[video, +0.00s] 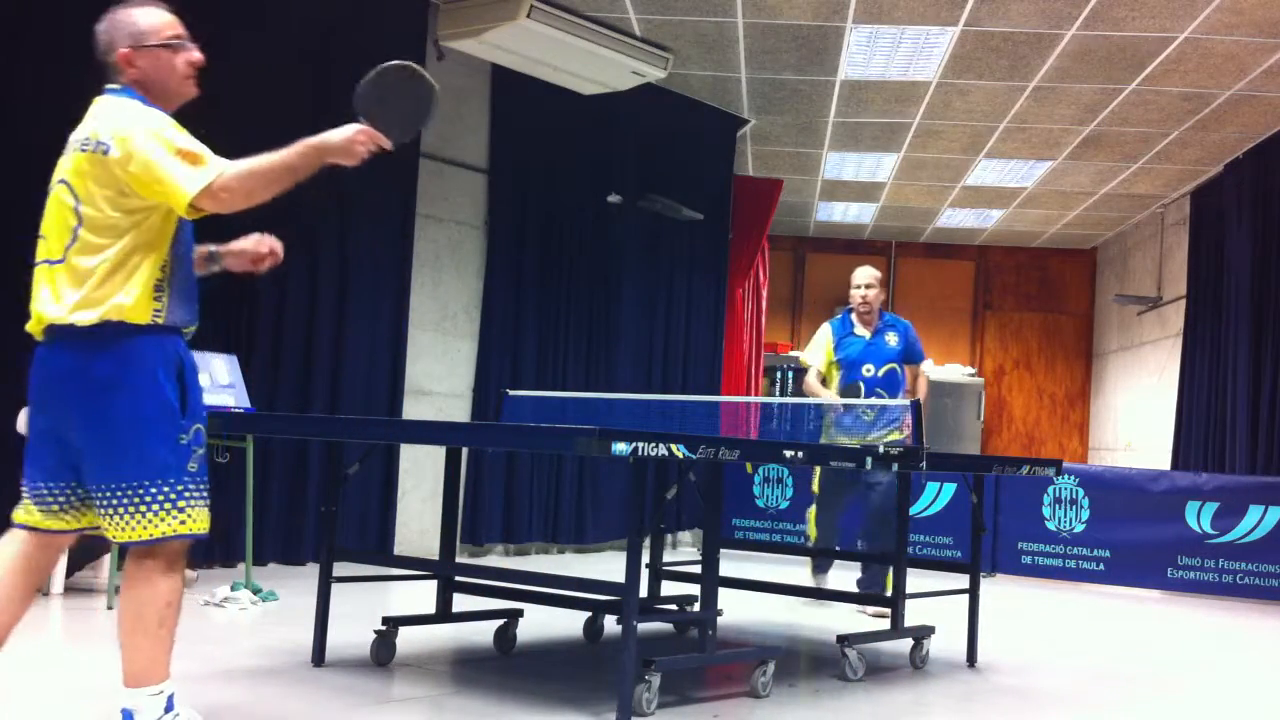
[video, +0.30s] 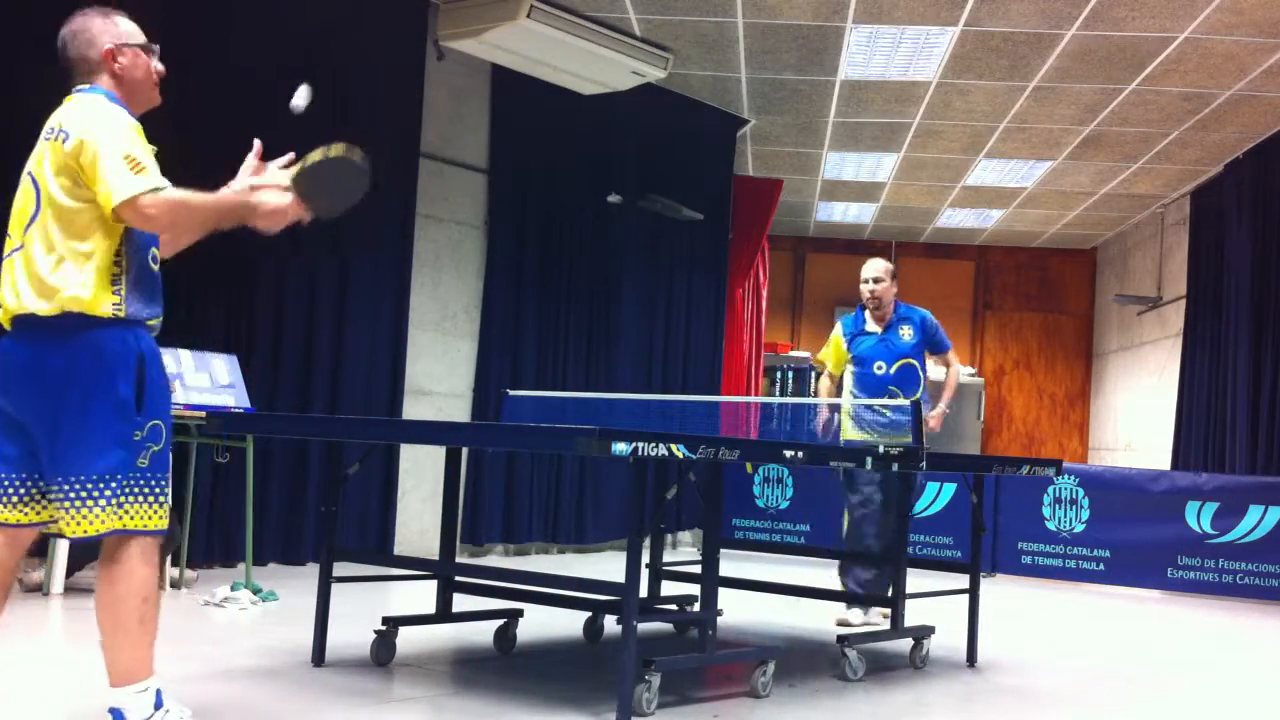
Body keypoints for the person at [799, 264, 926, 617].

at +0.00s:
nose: (862, 293)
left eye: (870, 287)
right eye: (857, 287)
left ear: (883, 292)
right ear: (849, 292)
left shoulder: (902, 330)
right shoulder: (831, 331)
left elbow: (918, 375)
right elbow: (809, 379)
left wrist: (915, 418)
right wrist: (830, 397)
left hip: (888, 441)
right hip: (840, 440)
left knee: (883, 514)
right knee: (829, 509)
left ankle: (872, 592)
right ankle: (820, 566)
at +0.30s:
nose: (869, 288)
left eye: (877, 281)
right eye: (864, 282)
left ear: (894, 285)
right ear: (858, 287)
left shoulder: (920, 321)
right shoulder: (846, 328)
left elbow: (953, 365)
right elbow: (829, 376)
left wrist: (941, 408)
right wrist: (824, 408)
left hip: (905, 439)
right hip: (859, 438)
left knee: (895, 517)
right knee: (864, 513)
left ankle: (880, 601)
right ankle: (859, 602)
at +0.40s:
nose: (870, 291)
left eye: (878, 284)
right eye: (865, 285)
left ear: (895, 289)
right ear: (859, 291)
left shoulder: (923, 323)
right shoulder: (849, 332)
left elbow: (957, 368)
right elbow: (833, 380)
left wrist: (945, 414)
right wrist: (824, 409)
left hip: (912, 444)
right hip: (863, 444)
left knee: (917, 524)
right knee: (860, 524)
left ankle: (889, 595)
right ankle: (866, 607)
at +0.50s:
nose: (873, 291)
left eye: (881, 283)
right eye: (867, 284)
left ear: (899, 287)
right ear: (862, 289)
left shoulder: (928, 320)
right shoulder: (854, 333)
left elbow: (967, 364)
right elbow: (838, 383)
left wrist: (954, 409)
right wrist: (833, 409)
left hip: (925, 441)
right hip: (872, 443)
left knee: (948, 503)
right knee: (862, 520)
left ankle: (922, 572)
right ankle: (865, 606)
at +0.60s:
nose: (879, 289)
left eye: (887, 281)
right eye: (874, 282)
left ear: (906, 284)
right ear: (869, 287)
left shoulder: (936, 315)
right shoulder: (862, 329)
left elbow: (982, 351)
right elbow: (850, 379)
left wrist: (967, 395)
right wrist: (848, 403)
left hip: (936, 432)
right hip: (886, 438)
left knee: (961, 504)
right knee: (864, 514)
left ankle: (966, 592)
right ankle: (865, 606)